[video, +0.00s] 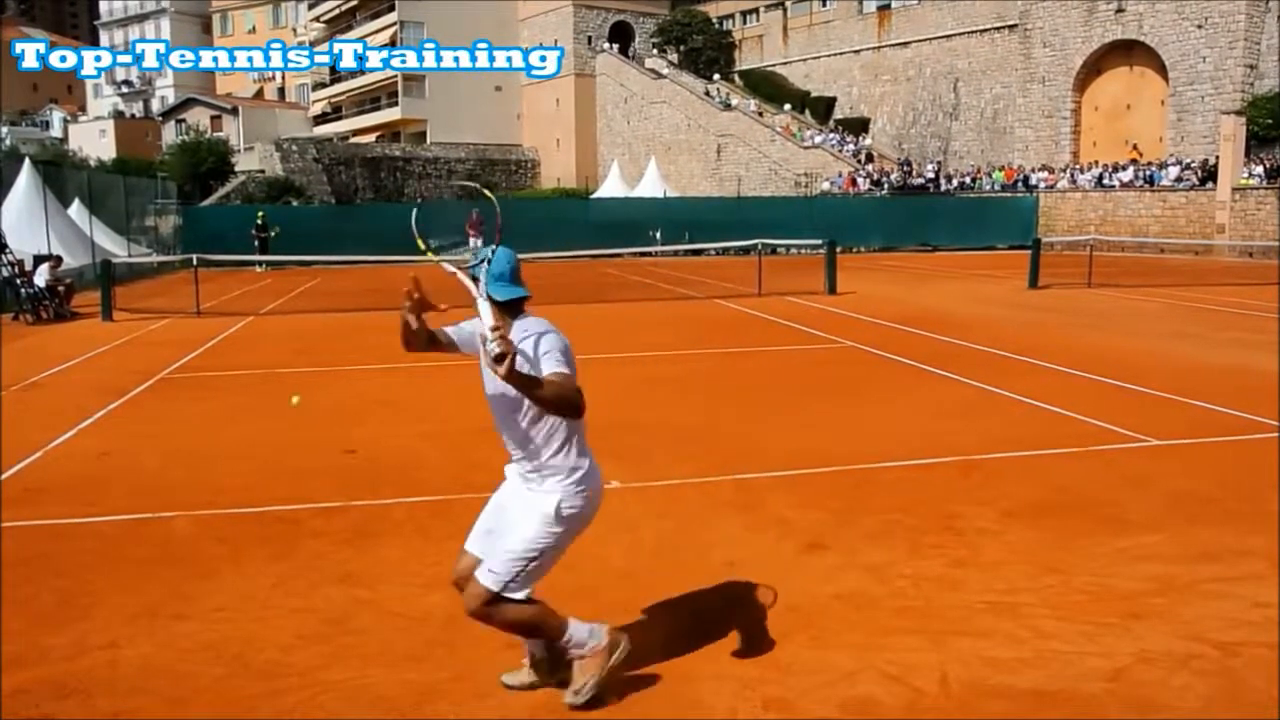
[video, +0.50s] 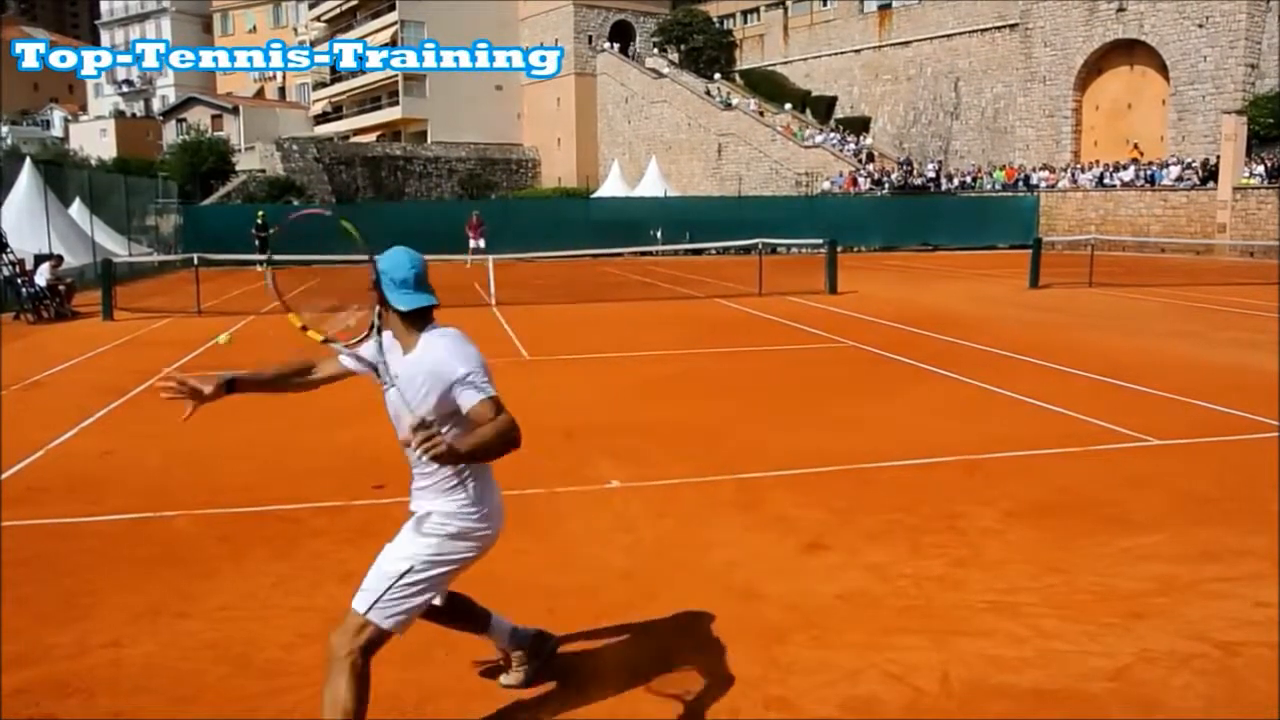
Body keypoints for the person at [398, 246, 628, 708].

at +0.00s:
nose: (491, 305)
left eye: (491, 296)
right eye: (488, 297)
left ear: (484, 293)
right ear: (511, 290)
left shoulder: (544, 339)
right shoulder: (480, 330)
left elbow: (573, 404)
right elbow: (418, 342)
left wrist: (512, 375)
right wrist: (412, 314)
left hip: (565, 486)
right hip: (523, 476)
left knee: (481, 602)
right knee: (466, 575)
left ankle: (596, 641)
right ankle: (548, 660)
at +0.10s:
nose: (445, 293)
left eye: (448, 286)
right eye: (446, 287)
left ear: (459, 293)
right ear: (493, 292)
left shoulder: (520, 341)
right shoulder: (461, 333)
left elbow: (561, 412)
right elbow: (398, 350)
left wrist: (499, 388)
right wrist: (374, 331)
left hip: (541, 494)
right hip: (506, 485)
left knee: (438, 599)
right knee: (463, 585)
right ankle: (542, 650)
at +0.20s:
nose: (419, 299)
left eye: (424, 290)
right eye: (420, 290)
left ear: (439, 296)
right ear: (465, 294)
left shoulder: (496, 344)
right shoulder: (435, 340)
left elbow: (547, 418)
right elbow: (372, 356)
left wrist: (487, 405)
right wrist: (325, 347)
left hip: (516, 502)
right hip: (482, 495)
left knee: (403, 601)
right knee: (437, 593)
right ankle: (535, 642)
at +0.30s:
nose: (418, 299)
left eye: (424, 290)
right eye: (419, 290)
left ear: (438, 295)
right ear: (466, 294)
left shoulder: (496, 344)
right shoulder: (435, 340)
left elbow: (548, 418)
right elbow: (372, 356)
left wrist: (487, 405)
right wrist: (325, 347)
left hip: (516, 502)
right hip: (482, 495)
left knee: (403, 601)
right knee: (436, 593)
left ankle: (443, 713)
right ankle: (534, 642)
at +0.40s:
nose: (397, 306)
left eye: (401, 297)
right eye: (401, 298)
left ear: (411, 301)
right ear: (444, 297)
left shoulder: (473, 349)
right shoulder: (413, 343)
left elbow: (528, 424)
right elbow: (340, 365)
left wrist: (475, 420)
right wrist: (269, 365)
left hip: (488, 509)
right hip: (465, 502)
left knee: (376, 618)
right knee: (422, 591)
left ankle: (377, 715)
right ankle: (524, 640)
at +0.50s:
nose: (414, 308)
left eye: (413, 298)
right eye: (405, 299)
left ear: (386, 294)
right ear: (391, 296)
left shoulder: (452, 352)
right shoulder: (380, 345)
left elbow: (507, 432)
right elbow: (312, 371)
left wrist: (459, 448)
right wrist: (228, 384)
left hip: (457, 516)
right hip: (438, 509)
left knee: (349, 644)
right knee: (410, 592)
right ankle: (519, 642)